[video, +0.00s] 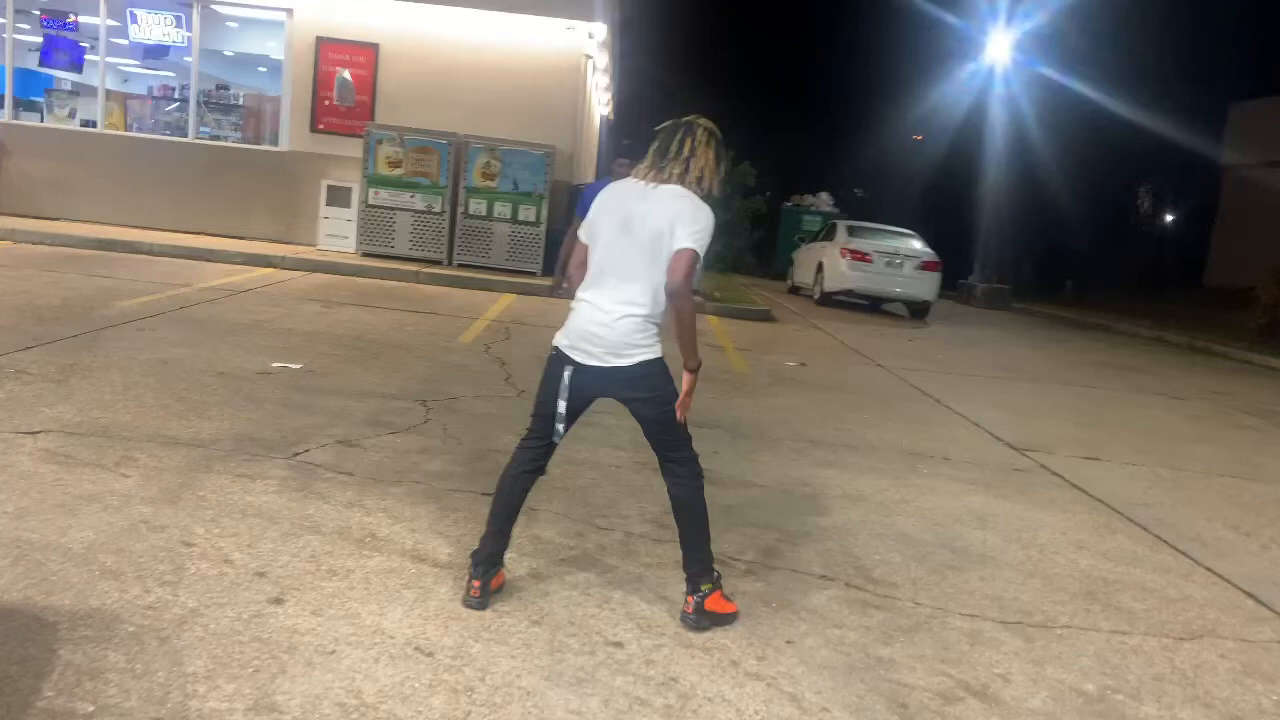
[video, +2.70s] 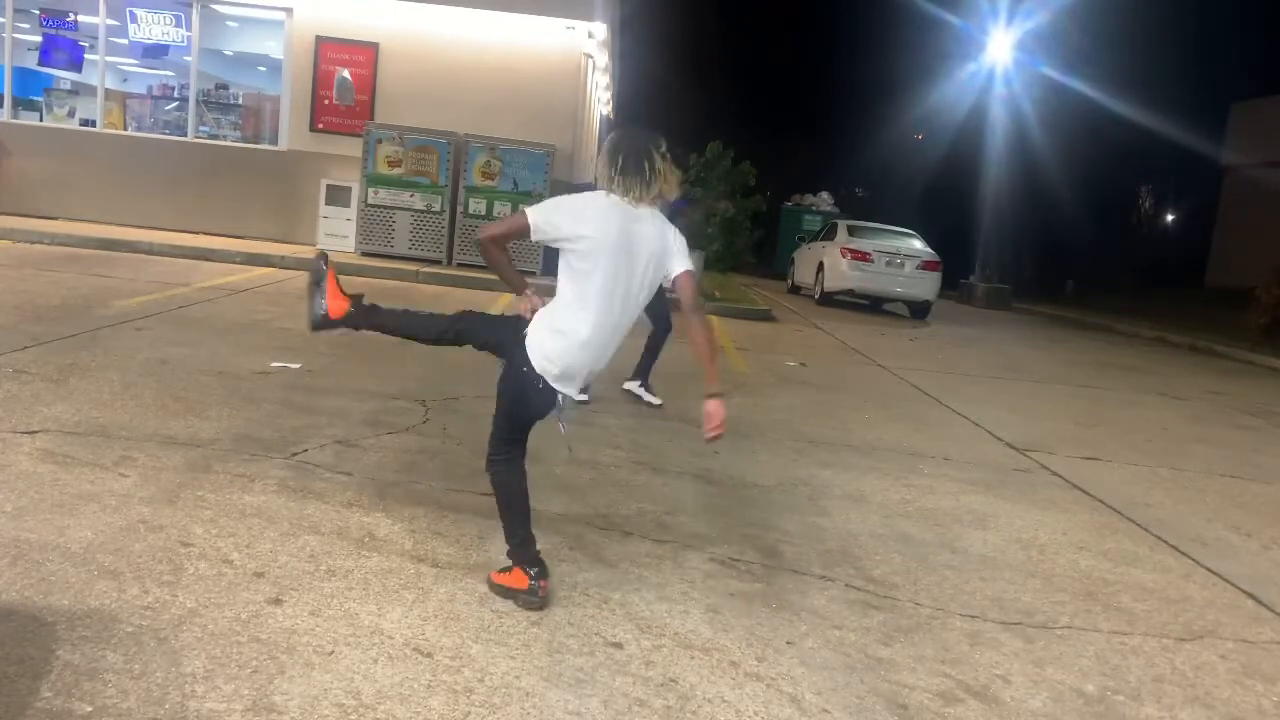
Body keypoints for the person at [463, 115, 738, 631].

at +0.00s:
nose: (715, 175)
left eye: (716, 167)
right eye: (714, 166)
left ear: (658, 150)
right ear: (702, 162)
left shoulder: (608, 192)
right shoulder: (694, 210)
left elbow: (572, 275)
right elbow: (678, 285)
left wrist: (610, 305)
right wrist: (691, 364)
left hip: (574, 353)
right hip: (636, 361)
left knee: (530, 453)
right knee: (679, 462)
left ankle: (482, 572)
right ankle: (702, 591)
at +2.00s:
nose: (675, 161)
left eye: (675, 153)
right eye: (673, 152)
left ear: (615, 145)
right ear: (662, 152)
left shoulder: (576, 196)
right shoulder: (670, 208)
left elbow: (552, 275)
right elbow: (678, 298)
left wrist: (584, 316)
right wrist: (692, 380)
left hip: (578, 359)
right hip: (645, 362)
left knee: (548, 461)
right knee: (677, 468)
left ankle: (486, 571)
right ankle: (705, 591)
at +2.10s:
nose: (675, 160)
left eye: (675, 152)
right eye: (673, 151)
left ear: (615, 146)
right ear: (663, 152)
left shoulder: (578, 197)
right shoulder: (672, 205)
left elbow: (551, 276)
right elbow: (698, 289)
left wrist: (584, 318)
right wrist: (726, 366)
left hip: (579, 359)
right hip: (643, 361)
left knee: (548, 459)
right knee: (677, 465)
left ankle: (486, 571)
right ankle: (705, 590)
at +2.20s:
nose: (673, 164)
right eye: (671, 155)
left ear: (613, 150)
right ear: (662, 157)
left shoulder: (582, 204)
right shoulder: (673, 204)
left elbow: (553, 283)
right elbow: (728, 261)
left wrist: (588, 323)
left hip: (584, 362)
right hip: (648, 363)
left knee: (550, 460)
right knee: (683, 465)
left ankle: (486, 570)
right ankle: (707, 593)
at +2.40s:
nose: (663, 169)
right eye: (661, 160)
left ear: (606, 150)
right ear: (653, 161)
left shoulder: (562, 198)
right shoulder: (657, 213)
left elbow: (540, 281)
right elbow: (715, 267)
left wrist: (567, 319)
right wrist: (787, 306)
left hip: (571, 362)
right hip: (637, 361)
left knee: (543, 460)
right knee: (669, 462)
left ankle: (514, 575)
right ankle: (706, 585)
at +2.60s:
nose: (597, 157)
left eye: (601, 150)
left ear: (607, 154)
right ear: (653, 161)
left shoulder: (583, 199)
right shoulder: (668, 220)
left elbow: (502, 252)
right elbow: (656, 316)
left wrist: (532, 300)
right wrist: (627, 365)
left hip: (553, 347)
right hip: (600, 361)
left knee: (520, 454)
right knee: (499, 394)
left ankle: (528, 572)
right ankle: (424, 433)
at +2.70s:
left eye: (606, 157)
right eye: (671, 173)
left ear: (610, 164)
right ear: (661, 175)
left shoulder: (584, 207)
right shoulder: (667, 234)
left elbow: (491, 237)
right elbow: (692, 311)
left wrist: (522, 289)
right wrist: (713, 392)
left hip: (537, 358)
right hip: (571, 365)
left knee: (505, 455)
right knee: (463, 324)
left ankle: (526, 568)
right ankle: (349, 311)